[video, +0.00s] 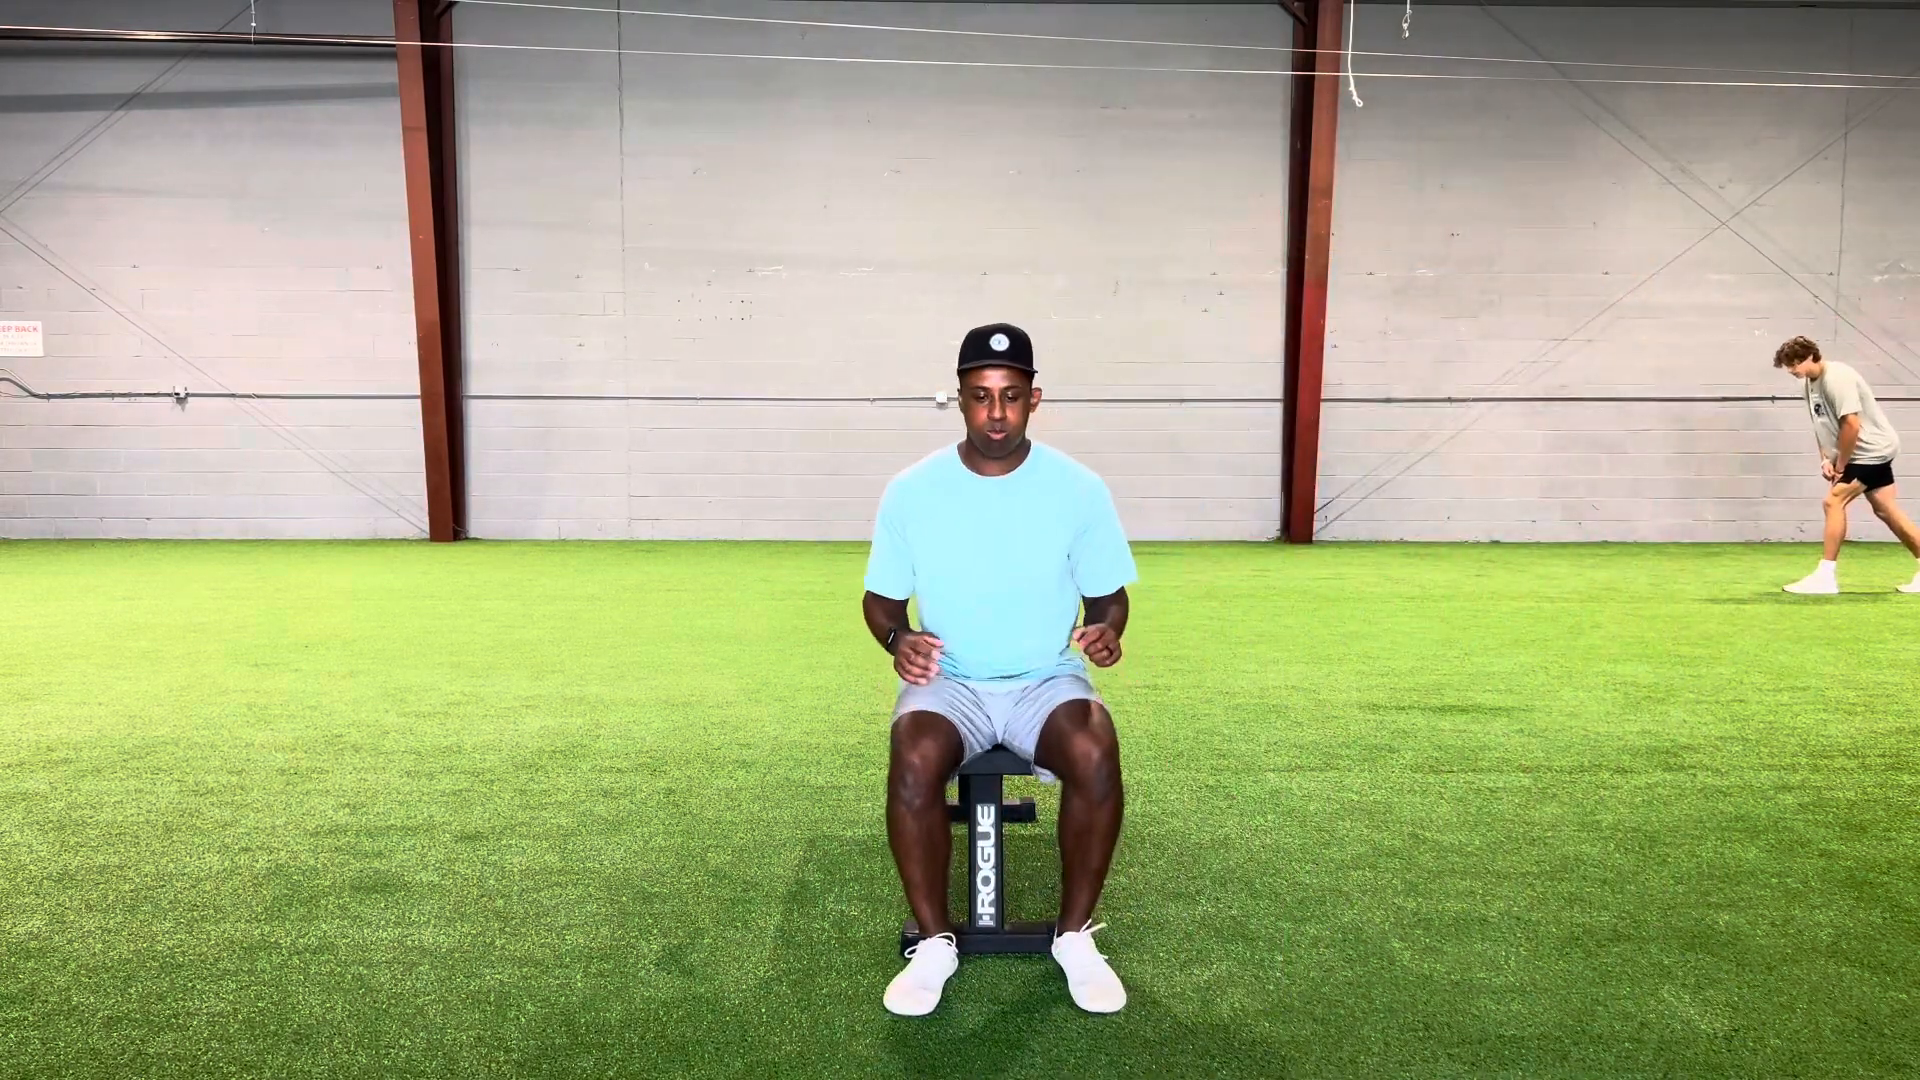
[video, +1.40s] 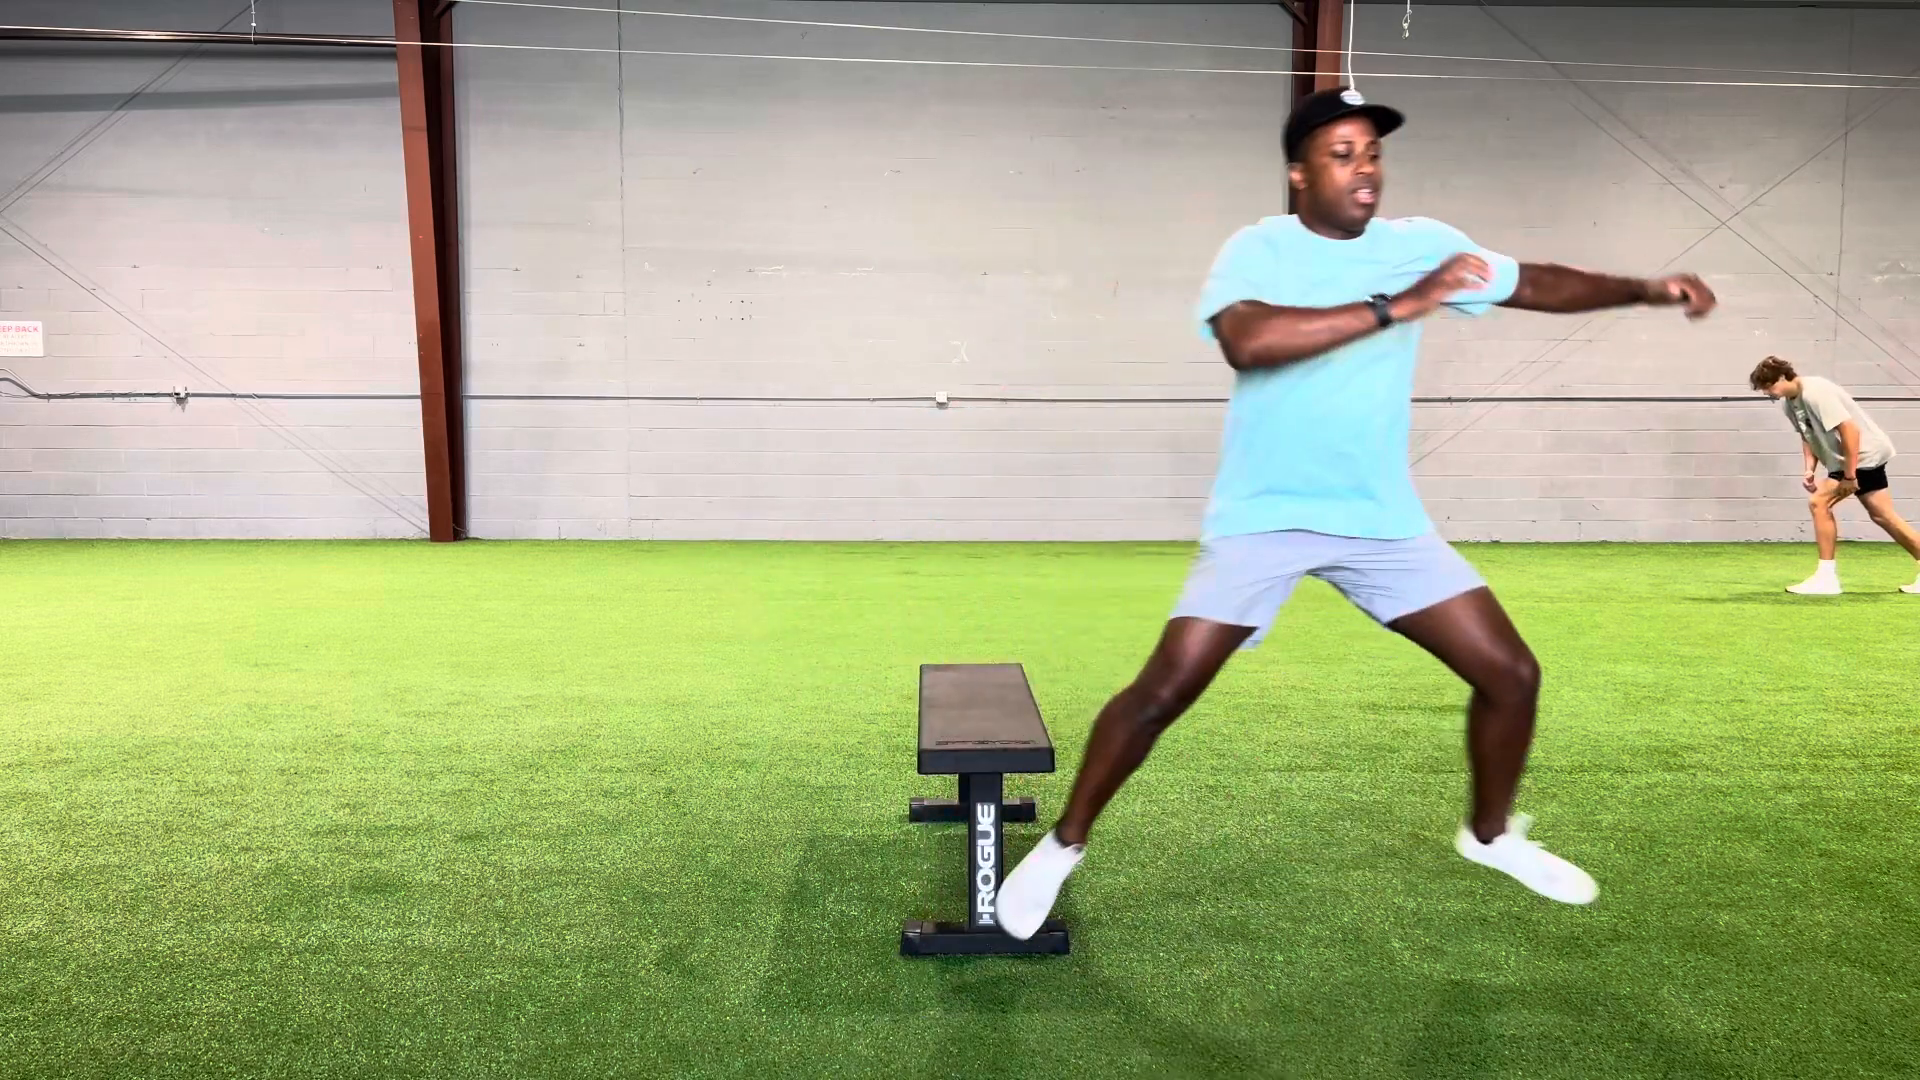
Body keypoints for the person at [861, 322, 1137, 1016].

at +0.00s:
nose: (996, 412)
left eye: (1012, 396)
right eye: (981, 397)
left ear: (1033, 401)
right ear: (960, 402)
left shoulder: (1078, 490)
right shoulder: (911, 493)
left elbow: (1108, 590)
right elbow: (880, 599)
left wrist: (1106, 629)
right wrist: (897, 639)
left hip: (1047, 682)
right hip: (946, 684)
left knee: (1094, 751)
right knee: (913, 760)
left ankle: (1074, 935)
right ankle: (934, 940)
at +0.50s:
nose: (998, 426)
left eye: (1012, 408)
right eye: (982, 409)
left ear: (1033, 410)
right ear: (959, 412)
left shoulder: (1074, 492)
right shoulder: (909, 497)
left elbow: (1084, 614)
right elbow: (848, 596)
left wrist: (1009, 639)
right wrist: (844, 656)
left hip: (1042, 673)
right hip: (946, 675)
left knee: (1095, 707)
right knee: (935, 741)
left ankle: (1050, 896)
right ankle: (935, 926)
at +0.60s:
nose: (999, 434)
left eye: (1013, 417)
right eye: (983, 418)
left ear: (1036, 419)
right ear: (960, 419)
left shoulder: (1067, 497)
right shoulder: (907, 486)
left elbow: (1037, 624)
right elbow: (800, 532)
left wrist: (919, 608)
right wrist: (752, 605)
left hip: (1047, 671)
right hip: (951, 668)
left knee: (1110, 715)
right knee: (945, 749)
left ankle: (1058, 893)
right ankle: (945, 935)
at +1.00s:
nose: (1071, 365)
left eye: (1085, 346)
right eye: (1050, 347)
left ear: (1104, 356)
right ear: (1021, 359)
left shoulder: (1134, 451)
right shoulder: (962, 440)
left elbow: (1087, 593)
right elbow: (871, 518)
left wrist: (954, 627)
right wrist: (819, 631)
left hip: (1083, 641)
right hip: (982, 637)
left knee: (1127, 773)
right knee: (976, 778)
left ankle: (1022, 909)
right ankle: (948, 944)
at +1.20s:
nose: (1166, 281)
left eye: (1178, 266)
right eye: (1146, 269)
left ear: (1196, 274)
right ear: (1109, 284)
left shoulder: (1250, 348)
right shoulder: (1074, 357)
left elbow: (1371, 378)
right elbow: (1041, 434)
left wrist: (1406, 351)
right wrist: (1164, 373)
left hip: (1189, 599)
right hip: (1070, 606)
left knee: (1311, 682)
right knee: (1008, 762)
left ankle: (1228, 851)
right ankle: (950, 942)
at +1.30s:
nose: (1273, 206)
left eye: (1284, 191)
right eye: (1251, 193)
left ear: (1299, 203)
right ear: (1208, 211)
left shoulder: (1339, 272)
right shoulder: (1172, 271)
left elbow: (1456, 271)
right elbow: (1142, 323)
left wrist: (1520, 234)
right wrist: (1285, 269)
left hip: (1283, 547)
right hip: (1163, 556)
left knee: (1432, 657)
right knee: (1071, 727)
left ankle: (1340, 807)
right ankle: (980, 915)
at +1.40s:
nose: (1365, 169)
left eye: (1373, 154)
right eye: (1343, 155)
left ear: (1383, 167)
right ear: (1298, 171)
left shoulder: (1419, 247)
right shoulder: (1258, 250)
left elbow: (1534, 284)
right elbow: (1248, 342)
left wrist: (1648, 288)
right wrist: (1393, 308)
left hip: (1382, 520)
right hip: (1262, 519)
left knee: (1512, 673)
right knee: (1164, 688)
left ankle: (1491, 835)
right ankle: (1064, 842)